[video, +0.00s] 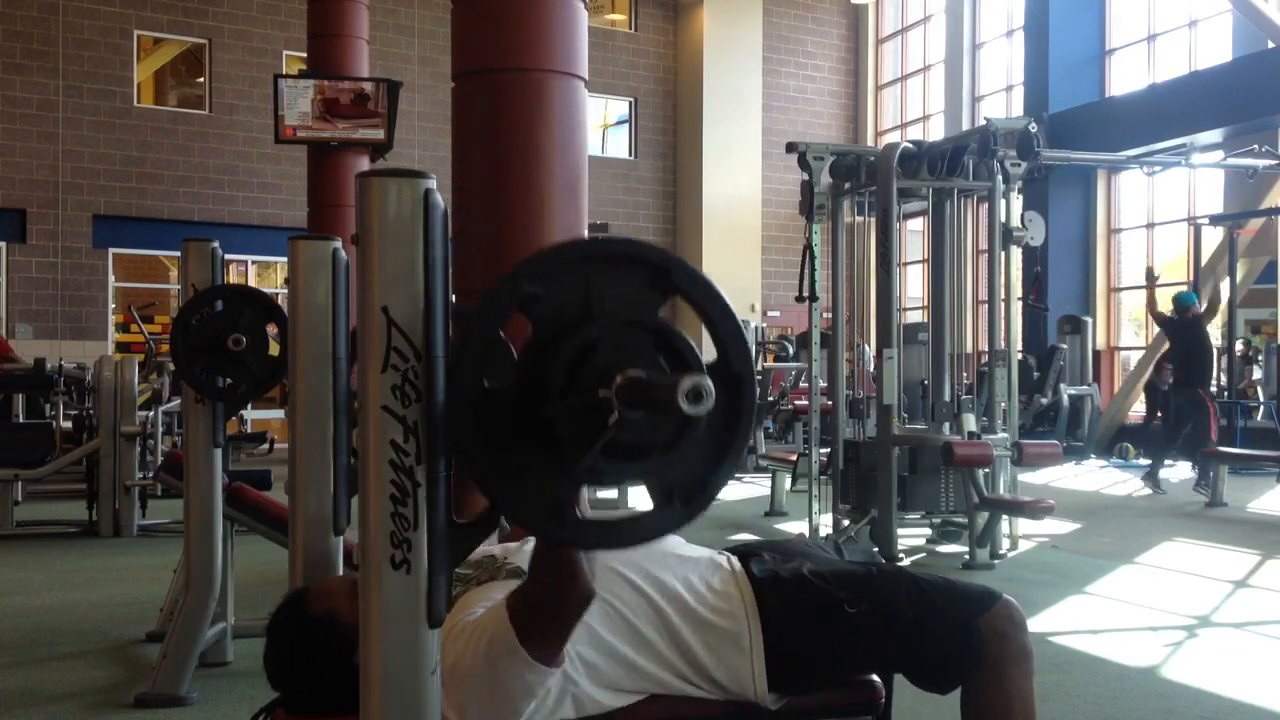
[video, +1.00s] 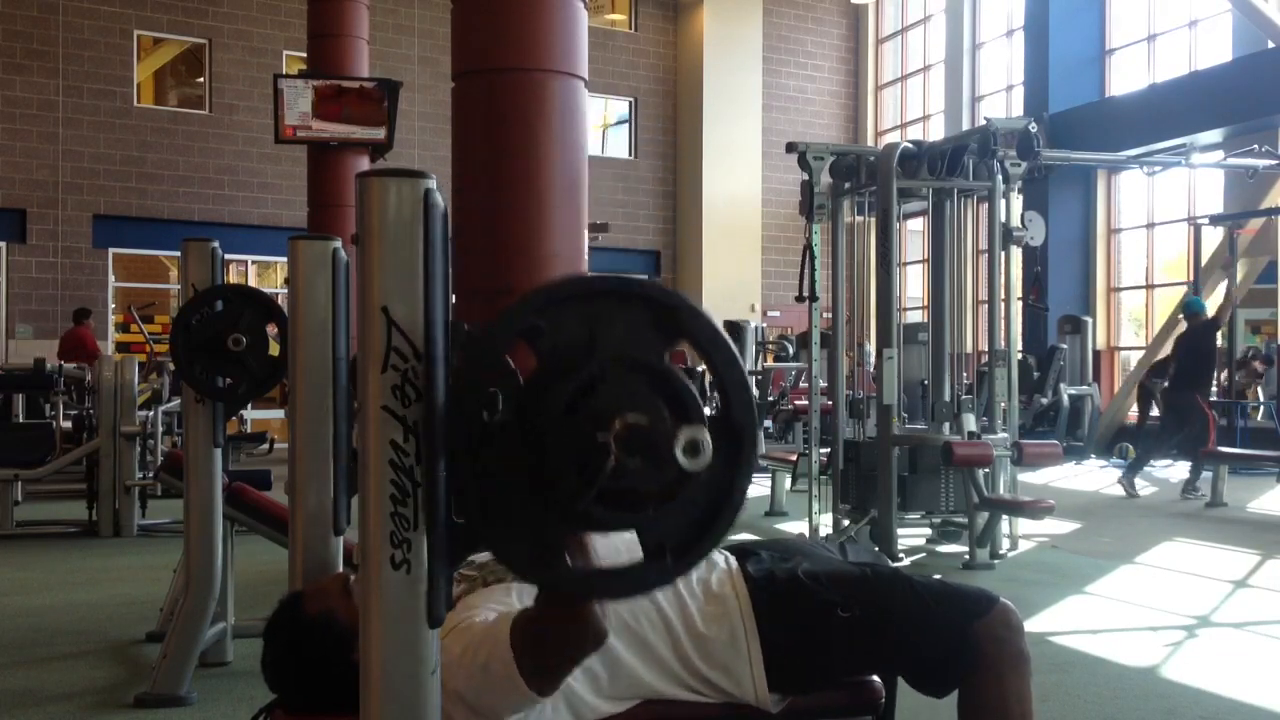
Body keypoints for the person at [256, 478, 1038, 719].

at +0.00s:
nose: (370, 574)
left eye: (355, 575)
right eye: (355, 591)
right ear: (359, 647)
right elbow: (556, 596)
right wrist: (545, 465)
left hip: (737, 580)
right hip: (754, 618)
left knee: (867, 689)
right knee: (992, 625)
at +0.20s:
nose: (369, 567)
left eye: (353, 567)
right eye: (353, 586)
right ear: (357, 650)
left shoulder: (458, 629)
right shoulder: (471, 683)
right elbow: (525, 524)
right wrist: (510, 355)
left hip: (737, 579)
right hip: (756, 612)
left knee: (863, 693)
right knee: (990, 626)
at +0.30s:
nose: (367, 571)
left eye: (353, 572)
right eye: (354, 589)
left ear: (353, 648)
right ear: (362, 649)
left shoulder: (442, 619)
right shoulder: (474, 672)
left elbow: (484, 487)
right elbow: (505, 489)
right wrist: (522, 330)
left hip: (722, 570)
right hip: (748, 618)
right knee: (990, 627)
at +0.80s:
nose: (363, 573)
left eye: (347, 572)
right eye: (348, 589)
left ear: (350, 651)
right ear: (358, 641)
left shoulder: (446, 633)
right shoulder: (465, 676)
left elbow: (556, 515)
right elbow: (543, 519)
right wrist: (491, 351)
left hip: (730, 584)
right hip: (751, 617)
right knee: (989, 628)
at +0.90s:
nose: (363, 572)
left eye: (347, 575)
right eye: (349, 589)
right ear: (352, 641)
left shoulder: (447, 636)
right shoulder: (457, 679)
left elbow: (551, 561)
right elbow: (557, 578)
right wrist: (529, 443)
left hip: (727, 585)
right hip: (743, 613)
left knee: (868, 684)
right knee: (987, 626)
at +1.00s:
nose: (363, 579)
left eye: (349, 579)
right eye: (347, 594)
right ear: (350, 652)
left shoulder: (456, 616)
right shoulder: (439, 674)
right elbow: (566, 635)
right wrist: (562, 500)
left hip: (697, 594)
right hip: (726, 613)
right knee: (984, 626)